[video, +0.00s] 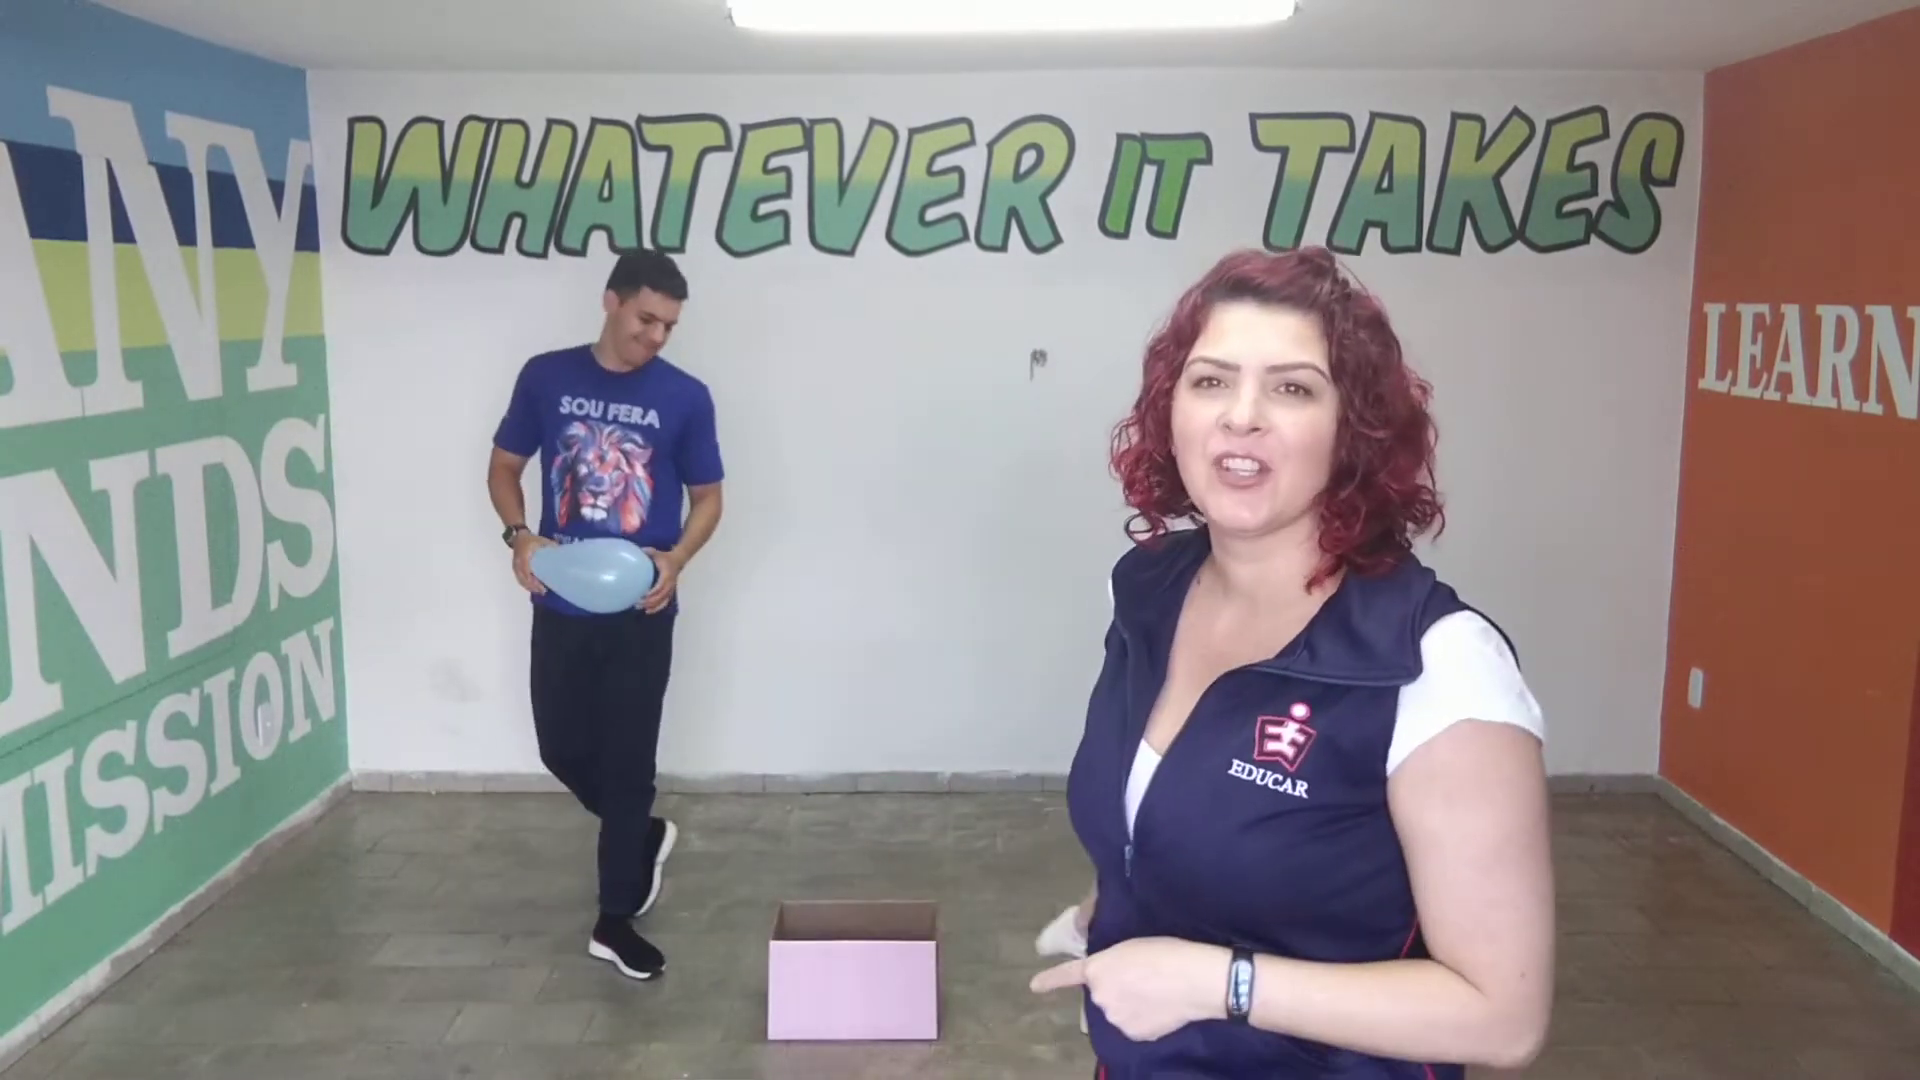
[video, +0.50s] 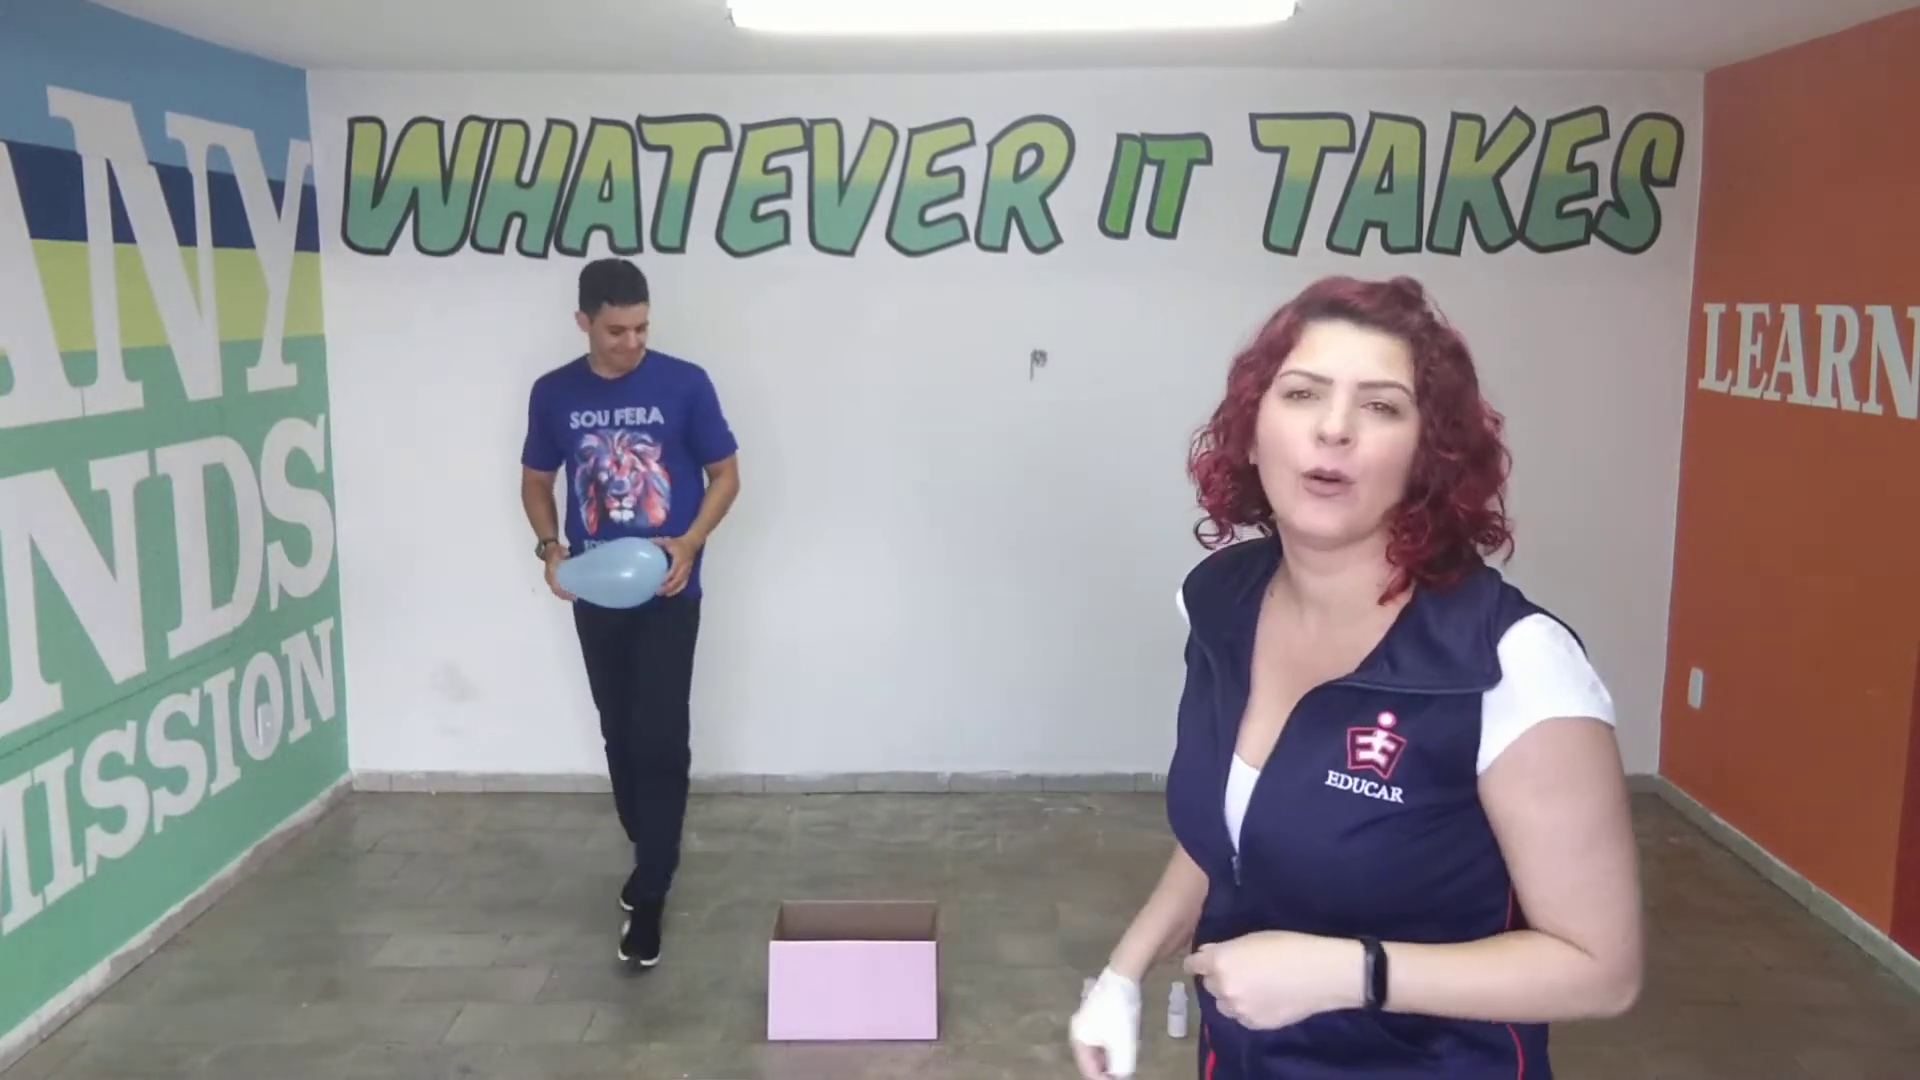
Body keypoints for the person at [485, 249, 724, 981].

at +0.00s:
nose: (654, 335)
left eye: (666, 324)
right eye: (646, 318)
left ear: (673, 323)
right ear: (610, 303)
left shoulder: (685, 399)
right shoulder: (547, 377)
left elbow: (709, 500)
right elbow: (503, 469)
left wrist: (676, 559)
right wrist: (520, 532)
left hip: (641, 605)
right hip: (560, 600)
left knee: (627, 763)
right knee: (562, 749)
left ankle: (615, 920)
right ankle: (643, 830)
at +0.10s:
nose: (651, 331)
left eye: (663, 319)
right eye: (641, 314)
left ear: (672, 320)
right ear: (606, 304)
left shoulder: (686, 395)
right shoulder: (550, 380)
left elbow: (710, 498)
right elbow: (510, 471)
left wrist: (676, 553)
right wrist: (522, 531)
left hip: (645, 603)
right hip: (566, 598)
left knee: (631, 759)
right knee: (569, 745)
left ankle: (615, 919)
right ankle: (637, 832)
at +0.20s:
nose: (644, 332)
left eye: (655, 320)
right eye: (632, 316)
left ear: (666, 321)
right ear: (599, 308)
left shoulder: (687, 392)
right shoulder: (552, 385)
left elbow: (718, 491)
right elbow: (517, 476)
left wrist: (680, 545)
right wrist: (526, 531)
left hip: (651, 602)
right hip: (574, 599)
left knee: (634, 755)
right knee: (577, 744)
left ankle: (616, 918)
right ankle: (629, 843)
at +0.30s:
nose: (636, 336)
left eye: (647, 324)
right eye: (624, 322)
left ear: (657, 320)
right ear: (593, 314)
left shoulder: (686, 389)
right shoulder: (553, 390)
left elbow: (725, 485)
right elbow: (525, 482)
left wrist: (685, 542)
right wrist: (532, 535)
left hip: (655, 598)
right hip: (581, 596)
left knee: (637, 753)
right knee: (593, 739)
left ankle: (617, 918)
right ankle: (639, 847)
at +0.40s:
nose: (634, 340)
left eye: (643, 327)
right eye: (620, 328)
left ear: (652, 318)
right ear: (587, 320)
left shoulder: (685, 386)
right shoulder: (554, 394)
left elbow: (727, 479)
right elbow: (531, 486)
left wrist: (691, 540)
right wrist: (543, 540)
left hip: (662, 595)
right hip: (589, 595)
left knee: (645, 747)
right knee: (609, 739)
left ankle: (625, 914)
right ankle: (644, 861)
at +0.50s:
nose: (630, 342)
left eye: (639, 329)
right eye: (616, 331)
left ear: (649, 319)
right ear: (585, 322)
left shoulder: (684, 384)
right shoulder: (554, 394)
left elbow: (726, 475)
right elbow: (536, 484)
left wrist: (693, 540)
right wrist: (551, 541)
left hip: (668, 588)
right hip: (596, 591)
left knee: (660, 734)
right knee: (619, 732)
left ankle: (650, 895)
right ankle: (648, 861)